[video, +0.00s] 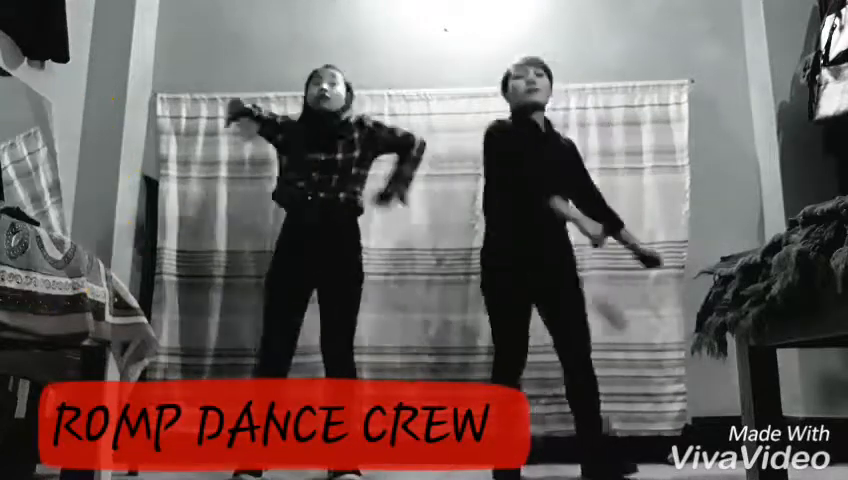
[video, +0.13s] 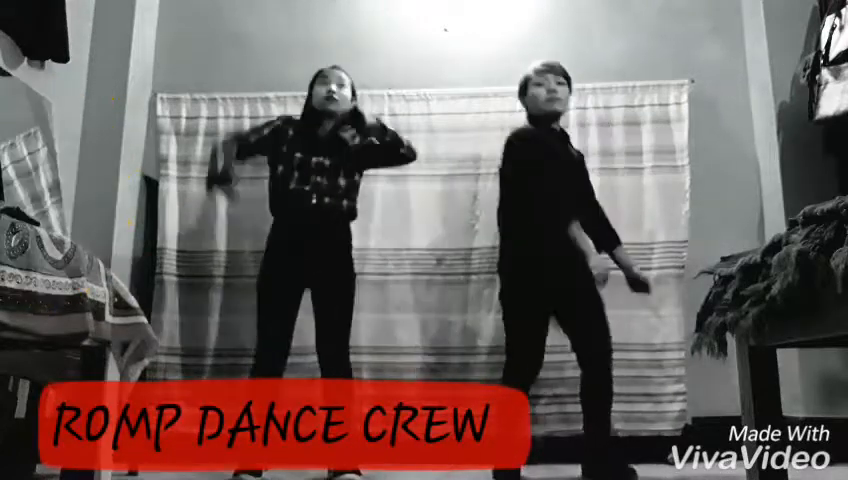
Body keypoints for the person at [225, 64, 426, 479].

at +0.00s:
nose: (324, 86)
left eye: (333, 81)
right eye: (316, 81)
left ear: (348, 96)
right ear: (305, 95)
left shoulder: (363, 131)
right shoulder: (289, 129)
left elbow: (414, 145)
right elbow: (247, 114)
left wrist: (397, 184)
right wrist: (242, 113)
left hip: (340, 245)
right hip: (295, 244)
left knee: (338, 351)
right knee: (275, 349)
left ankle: (344, 454)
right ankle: (255, 451)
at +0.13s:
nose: (333, 89)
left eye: (342, 85)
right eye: (325, 82)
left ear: (352, 101)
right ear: (310, 94)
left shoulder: (353, 144)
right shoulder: (285, 131)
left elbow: (404, 153)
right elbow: (232, 148)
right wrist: (223, 166)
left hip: (333, 254)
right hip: (284, 251)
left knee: (334, 356)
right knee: (270, 353)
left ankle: (344, 457)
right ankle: (251, 454)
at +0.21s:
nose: (325, 86)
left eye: (334, 82)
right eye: (317, 80)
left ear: (346, 98)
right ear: (302, 92)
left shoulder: (352, 140)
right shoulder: (279, 136)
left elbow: (406, 156)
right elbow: (243, 188)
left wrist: (374, 145)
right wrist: (236, 171)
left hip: (329, 257)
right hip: (281, 255)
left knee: (333, 355)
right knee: (269, 353)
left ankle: (344, 457)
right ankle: (251, 455)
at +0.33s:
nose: (311, 82)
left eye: (320, 79)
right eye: (303, 76)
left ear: (330, 96)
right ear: (285, 90)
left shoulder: (338, 134)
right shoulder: (265, 133)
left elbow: (383, 171)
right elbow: (209, 149)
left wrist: (381, 161)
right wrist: (220, 120)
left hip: (335, 248)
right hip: (288, 247)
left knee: (338, 353)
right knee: (274, 352)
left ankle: (343, 455)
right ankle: (251, 454)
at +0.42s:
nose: (313, 83)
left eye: (322, 80)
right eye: (305, 75)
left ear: (331, 98)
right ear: (287, 88)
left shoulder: (339, 132)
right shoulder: (264, 124)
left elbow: (386, 168)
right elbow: (211, 124)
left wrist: (381, 128)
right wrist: (218, 138)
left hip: (334, 246)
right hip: (286, 244)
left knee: (337, 353)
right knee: (272, 352)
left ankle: (342, 458)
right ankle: (251, 455)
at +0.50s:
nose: (324, 83)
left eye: (332, 80)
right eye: (315, 77)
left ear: (342, 95)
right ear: (299, 90)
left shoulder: (351, 132)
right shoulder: (279, 131)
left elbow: (398, 161)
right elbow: (232, 168)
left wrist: (394, 136)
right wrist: (237, 163)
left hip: (327, 249)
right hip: (279, 247)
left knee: (331, 352)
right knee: (266, 351)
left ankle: (344, 457)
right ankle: (250, 455)